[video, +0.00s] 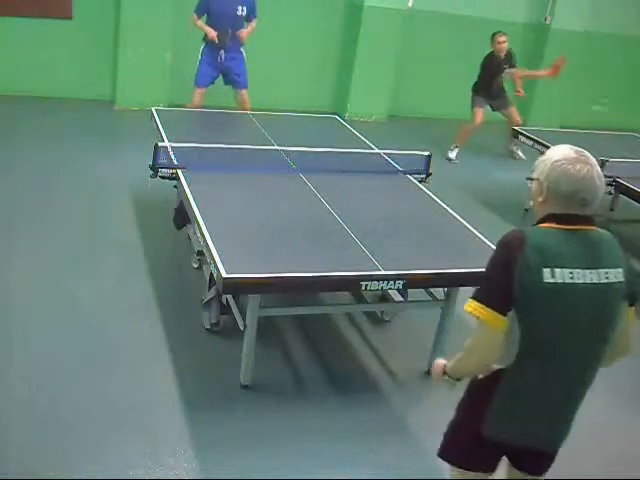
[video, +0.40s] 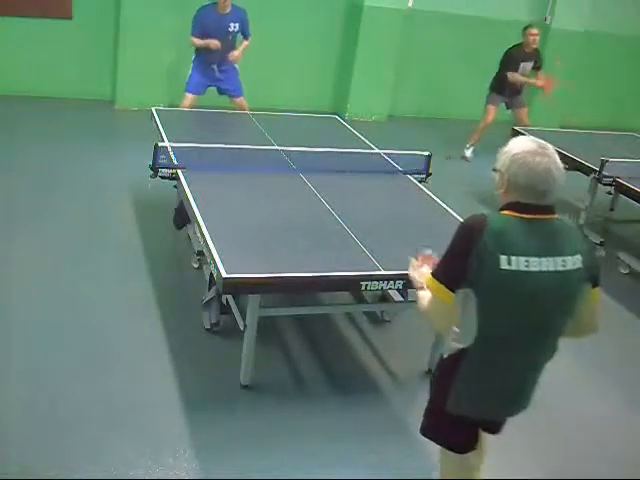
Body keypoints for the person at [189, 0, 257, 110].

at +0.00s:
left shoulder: (248, 2)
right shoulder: (208, 2)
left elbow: (252, 21)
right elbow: (196, 18)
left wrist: (246, 32)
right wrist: (208, 30)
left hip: (234, 50)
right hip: (211, 49)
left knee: (242, 91)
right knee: (199, 88)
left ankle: (247, 125)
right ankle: (192, 123)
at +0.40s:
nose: (224, 2)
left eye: (227, 0)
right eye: (222, 0)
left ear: (231, 1)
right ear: (218, 0)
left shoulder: (240, 14)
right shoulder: (203, 13)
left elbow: (247, 38)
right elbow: (194, 40)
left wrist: (238, 52)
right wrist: (207, 43)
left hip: (227, 65)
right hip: (202, 64)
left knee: (239, 102)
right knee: (188, 101)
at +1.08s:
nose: (211, 13)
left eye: (214, 9)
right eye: (208, 9)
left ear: (219, 9)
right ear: (202, 8)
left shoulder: (227, 23)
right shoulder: (192, 22)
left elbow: (235, 44)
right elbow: (181, 52)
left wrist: (227, 63)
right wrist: (197, 50)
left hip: (215, 67)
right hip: (191, 66)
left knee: (232, 103)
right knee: (179, 101)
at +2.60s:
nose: (207, 19)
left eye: (209, 14)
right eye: (204, 15)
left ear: (216, 12)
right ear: (200, 15)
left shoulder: (231, 25)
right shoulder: (196, 28)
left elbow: (243, 49)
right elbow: (188, 49)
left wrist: (232, 68)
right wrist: (187, 60)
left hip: (228, 72)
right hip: (204, 73)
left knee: (241, 107)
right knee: (188, 104)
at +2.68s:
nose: (200, 23)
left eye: (203, 18)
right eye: (197, 19)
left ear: (210, 16)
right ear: (194, 19)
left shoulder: (227, 27)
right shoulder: (194, 32)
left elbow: (243, 50)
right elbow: (187, 59)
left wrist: (232, 69)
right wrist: (181, 69)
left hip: (230, 70)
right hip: (207, 72)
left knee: (243, 108)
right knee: (192, 104)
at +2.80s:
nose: (187, 33)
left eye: (189, 28)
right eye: (184, 29)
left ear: (198, 23)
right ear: (182, 29)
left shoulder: (219, 31)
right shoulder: (186, 43)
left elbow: (243, 46)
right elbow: (186, 70)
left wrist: (235, 71)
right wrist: (172, 79)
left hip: (230, 72)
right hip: (208, 74)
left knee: (243, 109)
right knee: (191, 104)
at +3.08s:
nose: (177, 38)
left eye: (178, 33)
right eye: (174, 35)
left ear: (186, 28)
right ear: (172, 34)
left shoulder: (208, 31)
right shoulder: (176, 47)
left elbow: (233, 42)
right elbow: (179, 73)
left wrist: (230, 68)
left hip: (221, 72)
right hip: (198, 74)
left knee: (236, 107)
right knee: (184, 104)